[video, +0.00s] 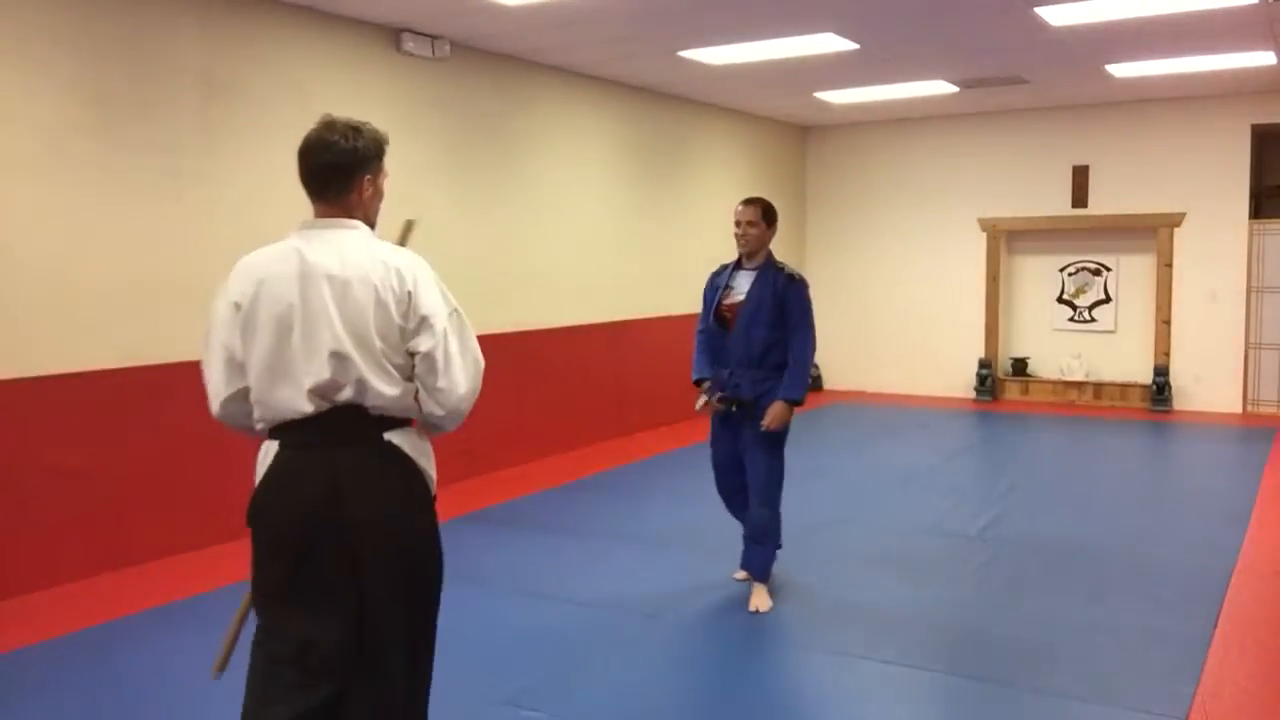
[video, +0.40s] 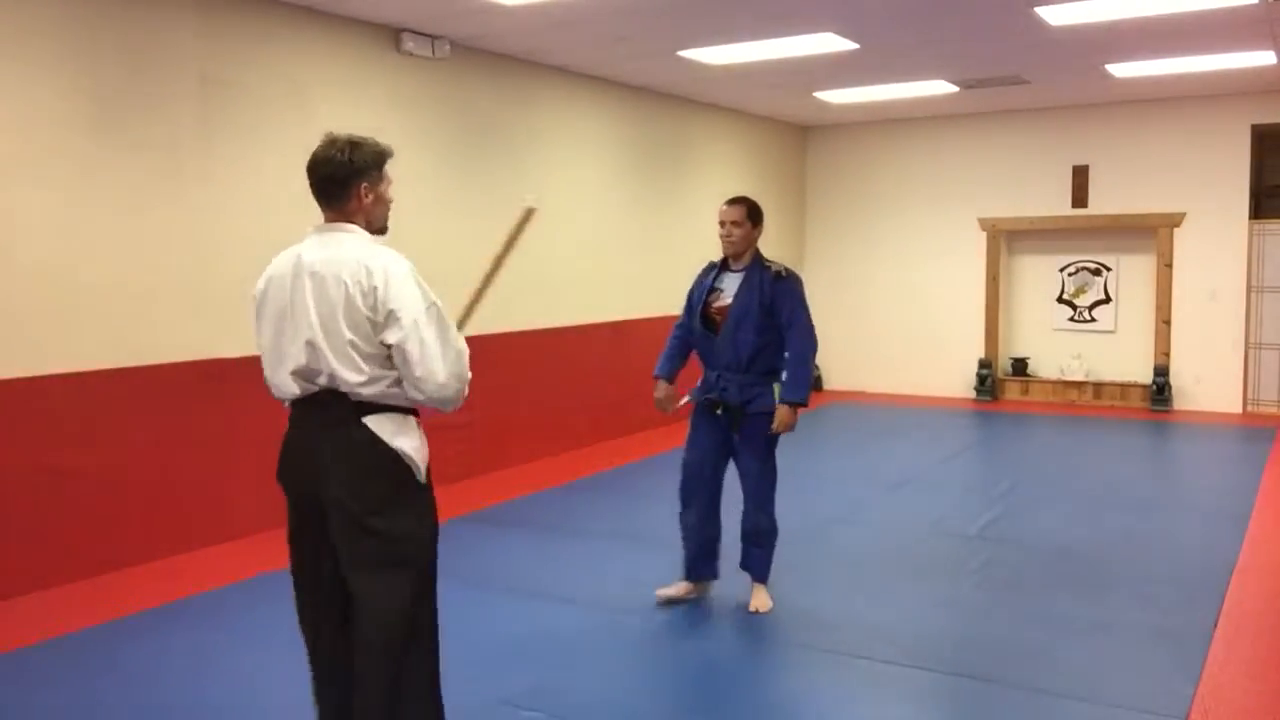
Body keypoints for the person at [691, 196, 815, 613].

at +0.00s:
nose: (741, 231)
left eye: (750, 225)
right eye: (738, 224)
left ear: (770, 230)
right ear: (733, 229)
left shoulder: (789, 284)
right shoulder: (720, 278)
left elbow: (802, 348)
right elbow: (704, 332)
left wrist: (787, 400)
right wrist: (704, 381)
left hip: (765, 406)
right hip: (724, 403)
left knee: (762, 493)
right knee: (729, 486)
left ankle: (759, 577)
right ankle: (760, 543)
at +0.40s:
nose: (726, 232)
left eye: (734, 225)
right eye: (721, 225)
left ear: (756, 230)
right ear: (718, 229)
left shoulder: (780, 282)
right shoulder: (708, 277)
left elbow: (802, 342)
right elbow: (684, 329)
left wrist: (791, 399)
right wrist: (663, 376)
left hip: (757, 405)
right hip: (710, 402)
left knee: (758, 496)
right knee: (696, 487)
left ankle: (758, 582)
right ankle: (697, 577)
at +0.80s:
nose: (679, 235)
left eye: (688, 227)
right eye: (675, 227)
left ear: (708, 233)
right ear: (670, 232)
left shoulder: (735, 286)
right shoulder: (663, 287)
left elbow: (754, 348)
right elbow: (648, 346)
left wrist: (747, 407)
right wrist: (637, 396)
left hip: (720, 412)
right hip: (672, 412)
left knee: (737, 503)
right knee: (667, 502)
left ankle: (754, 582)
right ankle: (672, 591)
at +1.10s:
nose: (662, 233)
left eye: (671, 225)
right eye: (657, 225)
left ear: (692, 230)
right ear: (653, 230)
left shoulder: (719, 283)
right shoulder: (642, 285)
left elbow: (739, 346)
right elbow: (623, 342)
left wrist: (725, 401)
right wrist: (603, 393)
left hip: (709, 406)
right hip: (660, 405)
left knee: (720, 503)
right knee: (664, 502)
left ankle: (732, 593)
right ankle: (671, 592)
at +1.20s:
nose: (666, 233)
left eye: (674, 225)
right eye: (661, 225)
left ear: (697, 230)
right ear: (657, 230)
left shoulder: (723, 284)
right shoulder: (647, 285)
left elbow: (742, 348)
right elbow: (627, 343)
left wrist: (729, 404)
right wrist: (606, 394)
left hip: (709, 408)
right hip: (662, 408)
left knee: (722, 506)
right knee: (664, 504)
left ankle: (737, 595)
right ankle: (671, 593)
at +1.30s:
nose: (674, 233)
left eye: (683, 225)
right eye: (669, 225)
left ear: (705, 230)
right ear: (665, 230)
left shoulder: (731, 286)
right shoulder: (658, 284)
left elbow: (750, 351)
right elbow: (637, 342)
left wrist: (737, 409)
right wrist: (617, 393)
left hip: (715, 412)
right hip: (667, 411)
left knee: (728, 510)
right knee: (664, 504)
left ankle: (744, 598)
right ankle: (671, 593)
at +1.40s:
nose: (681, 232)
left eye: (690, 225)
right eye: (677, 225)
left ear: (714, 230)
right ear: (674, 230)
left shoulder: (741, 286)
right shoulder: (670, 283)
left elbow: (760, 351)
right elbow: (649, 341)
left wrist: (742, 406)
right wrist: (631, 386)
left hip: (723, 414)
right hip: (676, 412)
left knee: (735, 511)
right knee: (664, 503)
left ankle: (746, 598)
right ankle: (670, 593)